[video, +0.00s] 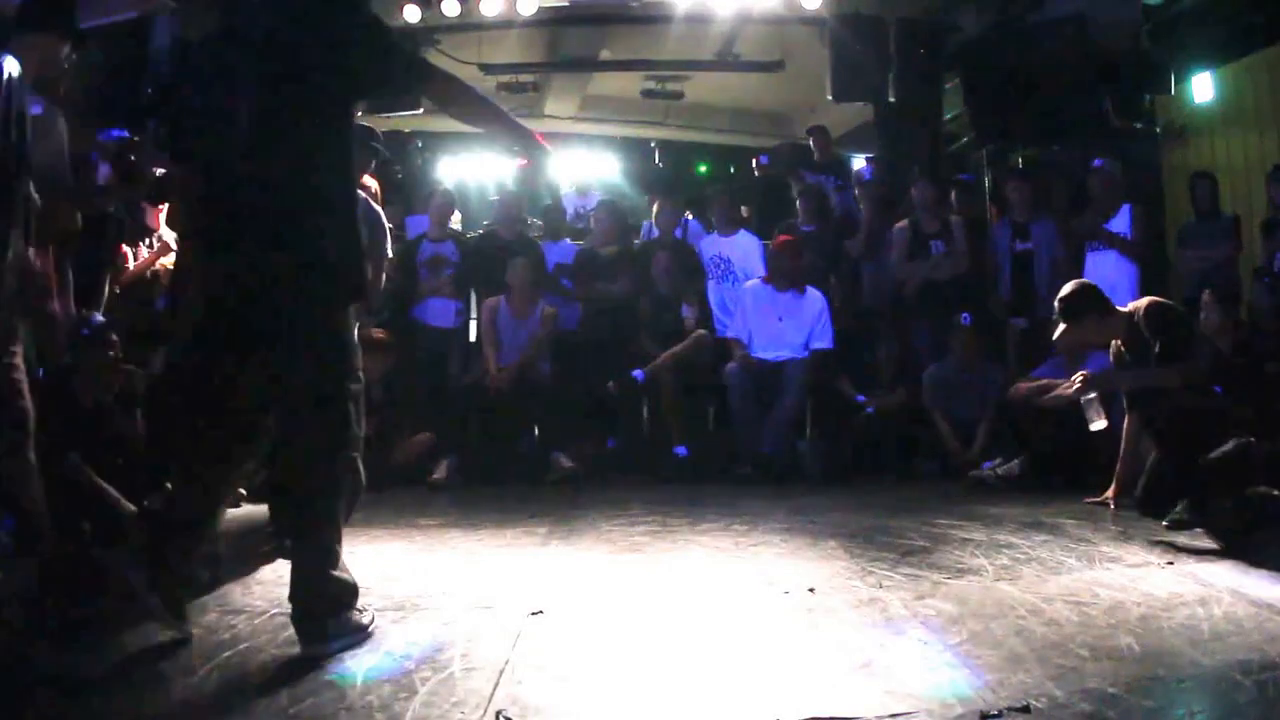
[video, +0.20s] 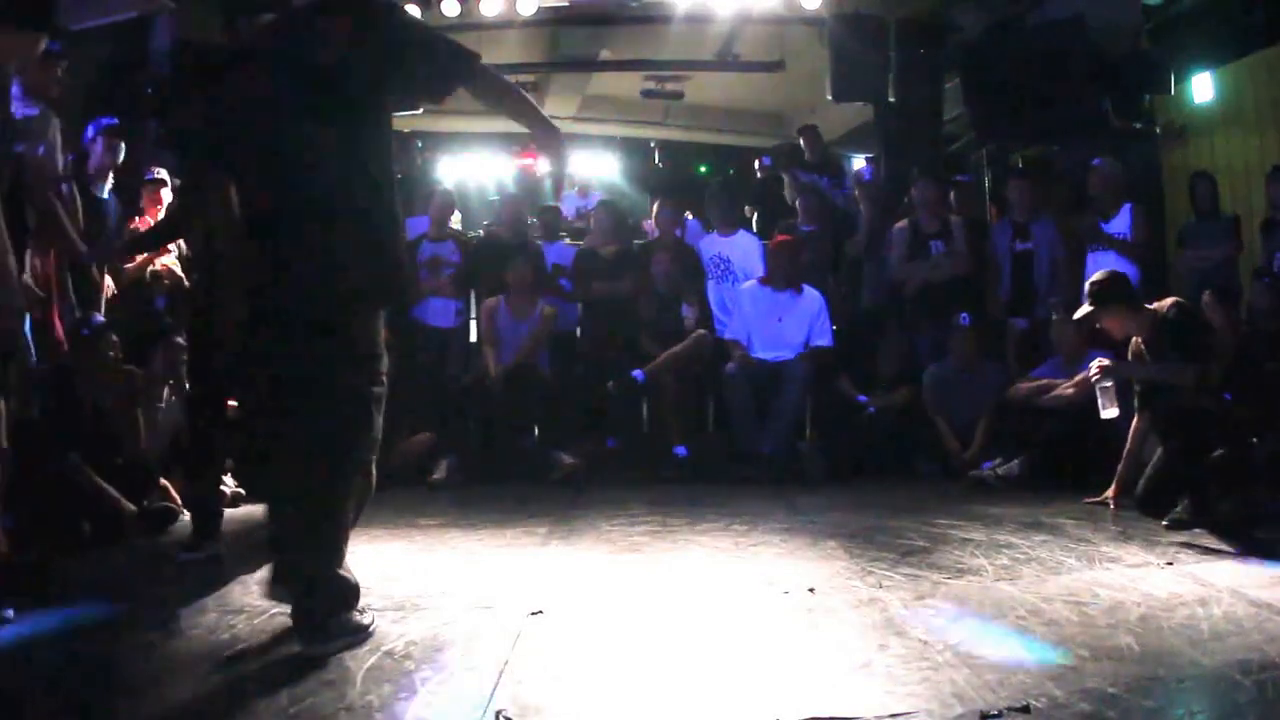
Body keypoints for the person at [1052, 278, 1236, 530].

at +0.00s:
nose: (1082, 339)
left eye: (1078, 329)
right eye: (1076, 331)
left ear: (1094, 318)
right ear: (1096, 318)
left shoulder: (1152, 312)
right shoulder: (1120, 350)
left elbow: (1180, 374)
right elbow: (1134, 415)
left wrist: (1106, 380)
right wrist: (1118, 486)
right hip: (1179, 431)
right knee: (1151, 503)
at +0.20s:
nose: (1101, 326)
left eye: (1101, 317)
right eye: (1098, 319)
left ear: (1120, 308)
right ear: (1120, 311)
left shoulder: (1174, 313)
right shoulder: (1138, 349)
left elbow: (1192, 372)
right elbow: (1142, 418)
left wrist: (1125, 370)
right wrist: (1117, 485)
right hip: (1180, 435)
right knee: (1150, 502)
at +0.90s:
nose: (1154, 288)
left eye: (1159, 278)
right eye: (1154, 280)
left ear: (1184, 279)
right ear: (1178, 281)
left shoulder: (1223, 310)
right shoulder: (1178, 332)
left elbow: (1215, 361)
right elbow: (1181, 407)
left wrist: (1142, 363)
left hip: (1239, 427)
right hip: (1202, 432)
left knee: (1189, 386)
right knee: (1150, 495)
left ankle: (1198, 501)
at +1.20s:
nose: (1163, 282)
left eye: (1171, 273)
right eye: (1164, 274)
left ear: (1198, 277)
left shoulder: (1230, 312)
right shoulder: (1181, 332)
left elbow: (1217, 358)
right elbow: (1180, 402)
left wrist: (1143, 370)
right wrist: (1175, 453)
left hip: (1245, 429)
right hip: (1208, 433)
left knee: (1197, 404)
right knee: (1156, 496)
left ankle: (1204, 502)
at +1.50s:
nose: (1175, 280)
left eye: (1185, 272)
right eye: (1176, 272)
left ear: (1210, 277)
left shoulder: (1236, 312)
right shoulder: (1186, 332)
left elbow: (1220, 358)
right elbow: (1184, 404)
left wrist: (1144, 373)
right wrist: (1174, 457)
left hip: (1250, 427)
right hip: (1210, 431)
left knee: (1198, 391)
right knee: (1156, 499)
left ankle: (1205, 505)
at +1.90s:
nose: (1181, 278)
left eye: (1190, 270)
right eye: (1182, 270)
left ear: (1217, 275)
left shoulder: (1245, 315)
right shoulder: (1193, 328)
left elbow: (1221, 361)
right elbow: (1195, 401)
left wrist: (1146, 368)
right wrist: (1166, 436)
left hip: (1253, 432)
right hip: (1213, 433)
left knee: (1196, 387)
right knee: (1157, 497)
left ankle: (1206, 503)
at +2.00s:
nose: (1186, 276)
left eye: (1195, 269)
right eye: (1186, 269)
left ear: (1220, 274)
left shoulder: (1245, 315)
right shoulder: (1193, 328)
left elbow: (1220, 360)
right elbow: (1193, 403)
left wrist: (1145, 368)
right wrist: (1169, 450)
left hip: (1255, 431)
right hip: (1213, 432)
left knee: (1196, 388)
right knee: (1156, 497)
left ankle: (1206, 503)